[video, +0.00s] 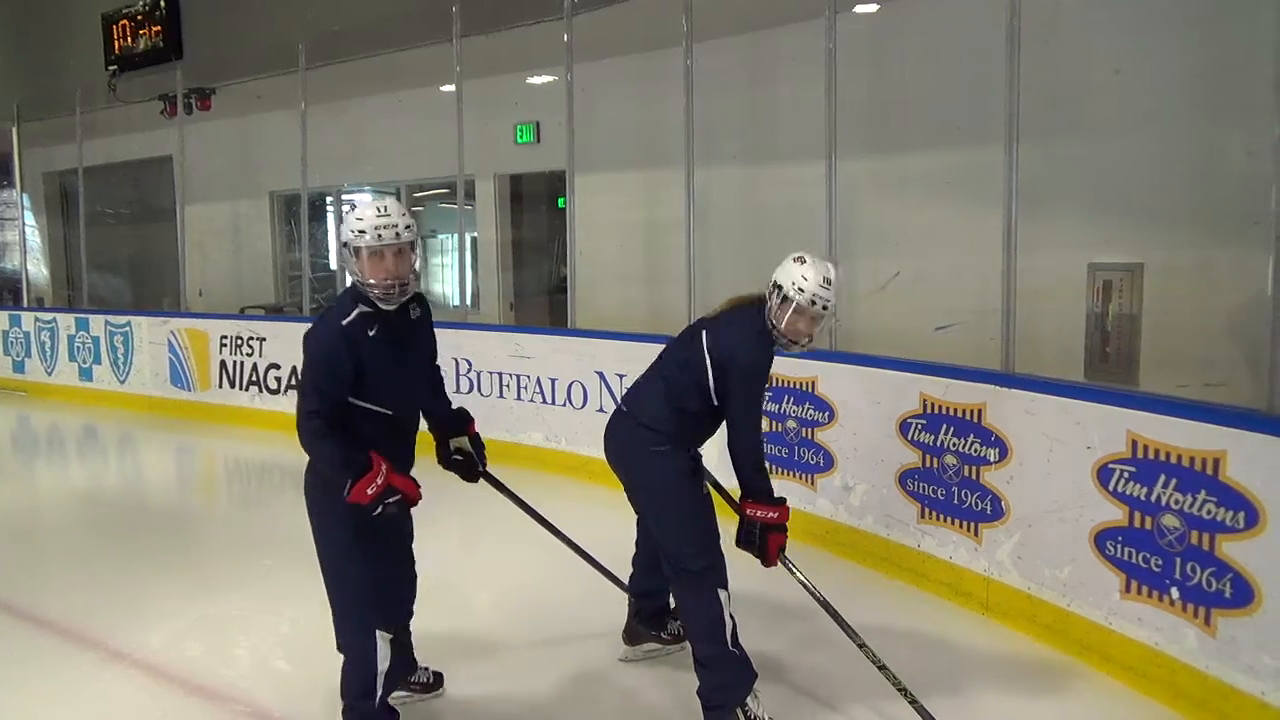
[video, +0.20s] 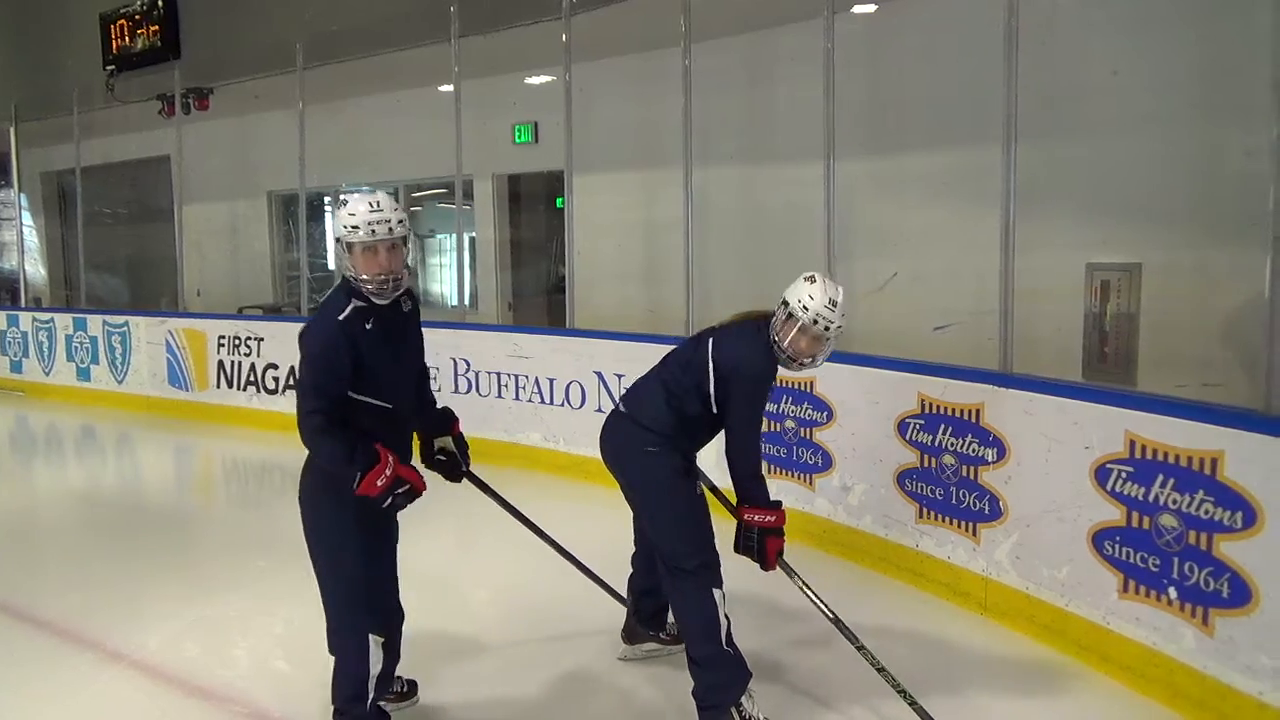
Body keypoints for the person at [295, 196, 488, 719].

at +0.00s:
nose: (391, 267)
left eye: (400, 253)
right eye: (377, 256)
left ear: (414, 256)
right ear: (355, 261)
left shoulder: (416, 313)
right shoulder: (335, 329)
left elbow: (427, 381)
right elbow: (314, 425)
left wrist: (453, 431)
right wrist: (365, 477)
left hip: (391, 479)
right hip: (341, 483)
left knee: (397, 581)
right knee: (363, 603)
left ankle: (398, 672)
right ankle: (366, 707)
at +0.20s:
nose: (383, 261)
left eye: (392, 247)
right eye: (369, 250)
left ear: (405, 249)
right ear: (349, 255)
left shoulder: (403, 310)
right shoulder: (332, 324)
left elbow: (413, 385)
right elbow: (315, 421)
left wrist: (440, 429)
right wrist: (369, 468)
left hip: (382, 481)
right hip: (335, 485)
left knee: (383, 590)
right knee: (349, 606)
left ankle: (380, 682)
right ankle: (354, 706)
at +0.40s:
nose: (380, 256)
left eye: (388, 242)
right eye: (366, 245)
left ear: (399, 245)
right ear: (344, 252)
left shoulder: (396, 306)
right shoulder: (328, 322)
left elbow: (397, 385)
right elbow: (317, 418)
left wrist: (427, 429)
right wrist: (372, 465)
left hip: (374, 476)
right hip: (330, 482)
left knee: (375, 587)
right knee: (341, 599)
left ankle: (372, 681)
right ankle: (344, 704)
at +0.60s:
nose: (381, 252)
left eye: (386, 238)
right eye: (366, 242)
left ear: (394, 240)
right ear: (337, 249)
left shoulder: (383, 304)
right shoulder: (328, 318)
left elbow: (391, 388)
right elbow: (320, 420)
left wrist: (415, 434)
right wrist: (378, 456)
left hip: (370, 477)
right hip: (330, 481)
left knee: (371, 586)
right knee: (342, 600)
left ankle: (365, 680)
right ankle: (339, 704)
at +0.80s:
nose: (385, 243)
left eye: (383, 232)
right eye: (372, 236)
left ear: (369, 239)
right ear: (339, 246)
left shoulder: (366, 297)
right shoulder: (331, 309)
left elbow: (379, 392)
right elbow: (332, 410)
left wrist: (415, 432)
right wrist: (397, 449)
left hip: (369, 470)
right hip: (335, 475)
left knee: (370, 581)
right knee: (339, 592)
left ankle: (364, 676)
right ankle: (330, 704)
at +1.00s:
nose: (380, 244)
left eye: (378, 233)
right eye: (367, 236)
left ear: (351, 243)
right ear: (334, 245)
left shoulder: (354, 298)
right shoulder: (326, 307)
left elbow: (367, 389)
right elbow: (347, 403)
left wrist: (393, 452)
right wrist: (426, 409)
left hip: (367, 470)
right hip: (338, 475)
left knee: (372, 582)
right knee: (340, 596)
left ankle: (362, 675)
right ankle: (327, 704)